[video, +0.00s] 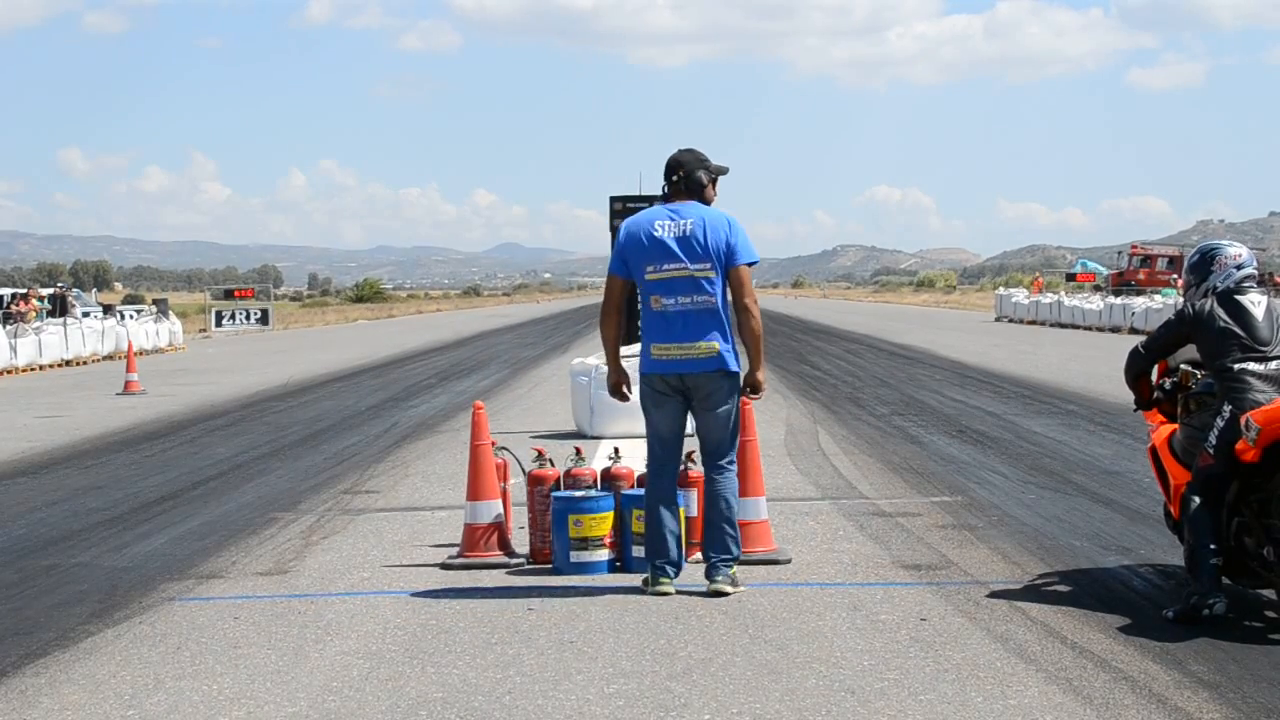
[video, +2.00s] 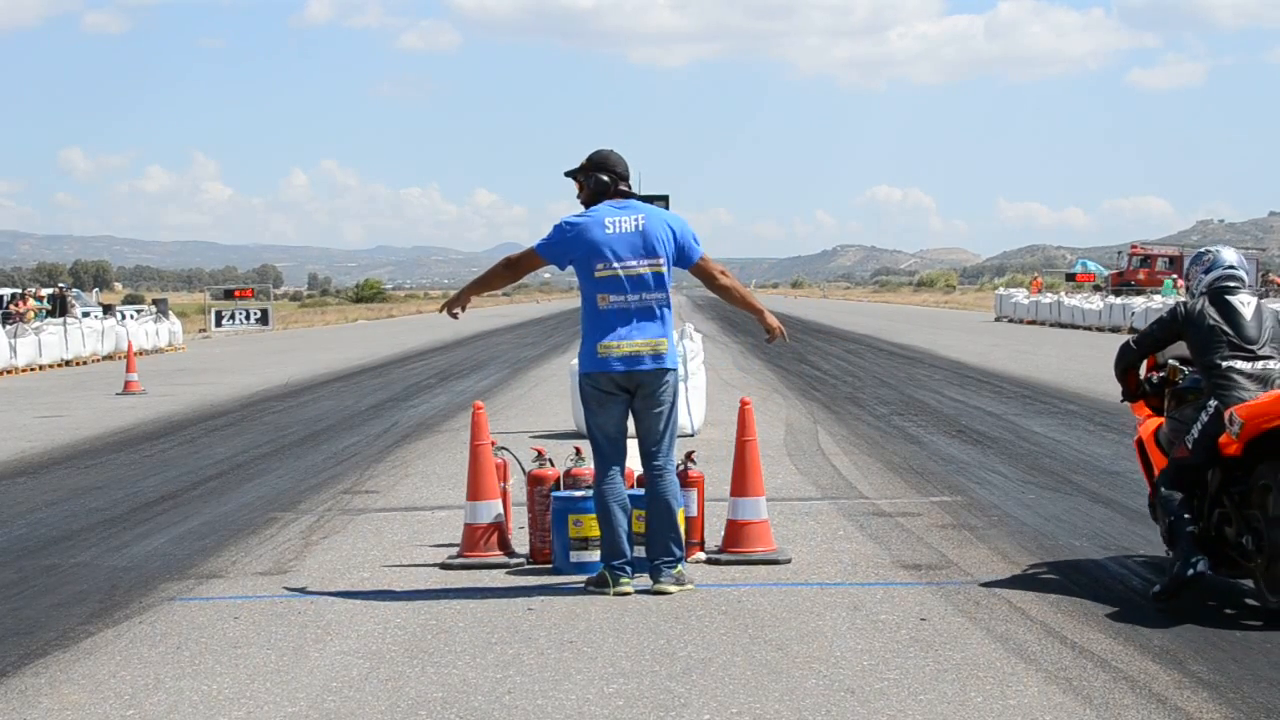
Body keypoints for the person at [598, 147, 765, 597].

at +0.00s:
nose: (716, 191)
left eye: (716, 184)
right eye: (714, 184)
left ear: (668, 183)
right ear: (703, 184)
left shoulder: (633, 229)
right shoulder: (721, 225)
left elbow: (612, 305)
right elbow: (746, 305)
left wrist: (613, 364)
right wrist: (757, 365)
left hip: (658, 366)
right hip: (713, 364)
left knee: (661, 466)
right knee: (720, 463)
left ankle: (661, 571)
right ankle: (720, 568)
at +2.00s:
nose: (576, 191)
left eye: (579, 184)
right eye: (576, 184)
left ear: (596, 184)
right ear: (624, 185)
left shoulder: (577, 228)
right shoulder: (665, 222)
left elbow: (516, 266)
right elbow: (716, 277)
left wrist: (465, 292)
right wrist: (763, 313)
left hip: (601, 362)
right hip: (658, 360)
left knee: (609, 467)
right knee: (661, 462)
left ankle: (617, 571)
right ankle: (667, 569)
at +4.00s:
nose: (607, 182)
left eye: (588, 176)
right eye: (621, 176)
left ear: (580, 181)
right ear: (625, 180)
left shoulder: (553, 229)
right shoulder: (653, 229)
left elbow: (530, 313)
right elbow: (674, 312)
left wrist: (530, 376)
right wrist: (682, 375)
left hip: (575, 372)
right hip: (636, 371)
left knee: (571, 480)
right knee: (636, 477)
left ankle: (570, 588)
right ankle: (637, 586)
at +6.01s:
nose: (573, 173)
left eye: (576, 163)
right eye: (573, 163)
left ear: (592, 165)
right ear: (630, 165)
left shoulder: (582, 218)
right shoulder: (674, 214)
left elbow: (563, 316)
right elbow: (698, 300)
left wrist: (545, 384)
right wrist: (679, 362)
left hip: (607, 381)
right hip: (671, 379)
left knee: (622, 501)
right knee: (660, 493)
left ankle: (639, 631)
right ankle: (653, 609)